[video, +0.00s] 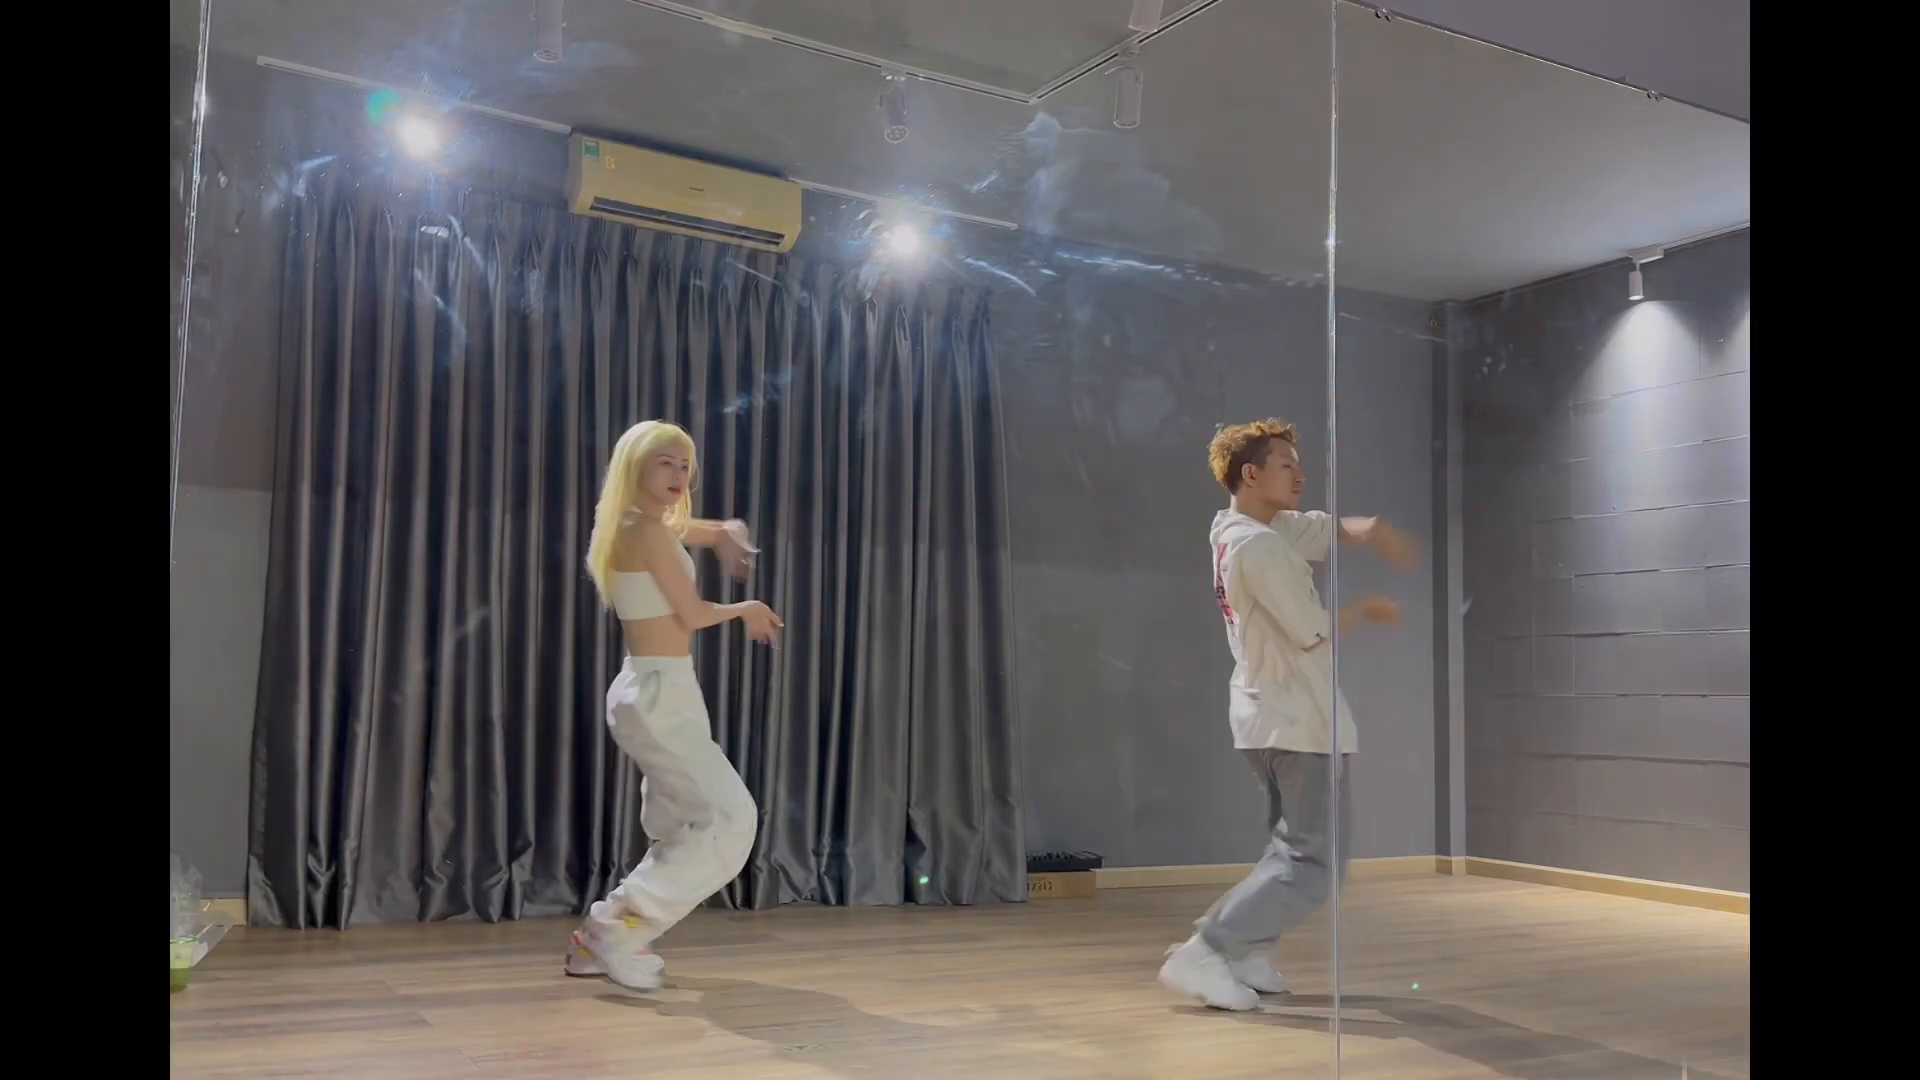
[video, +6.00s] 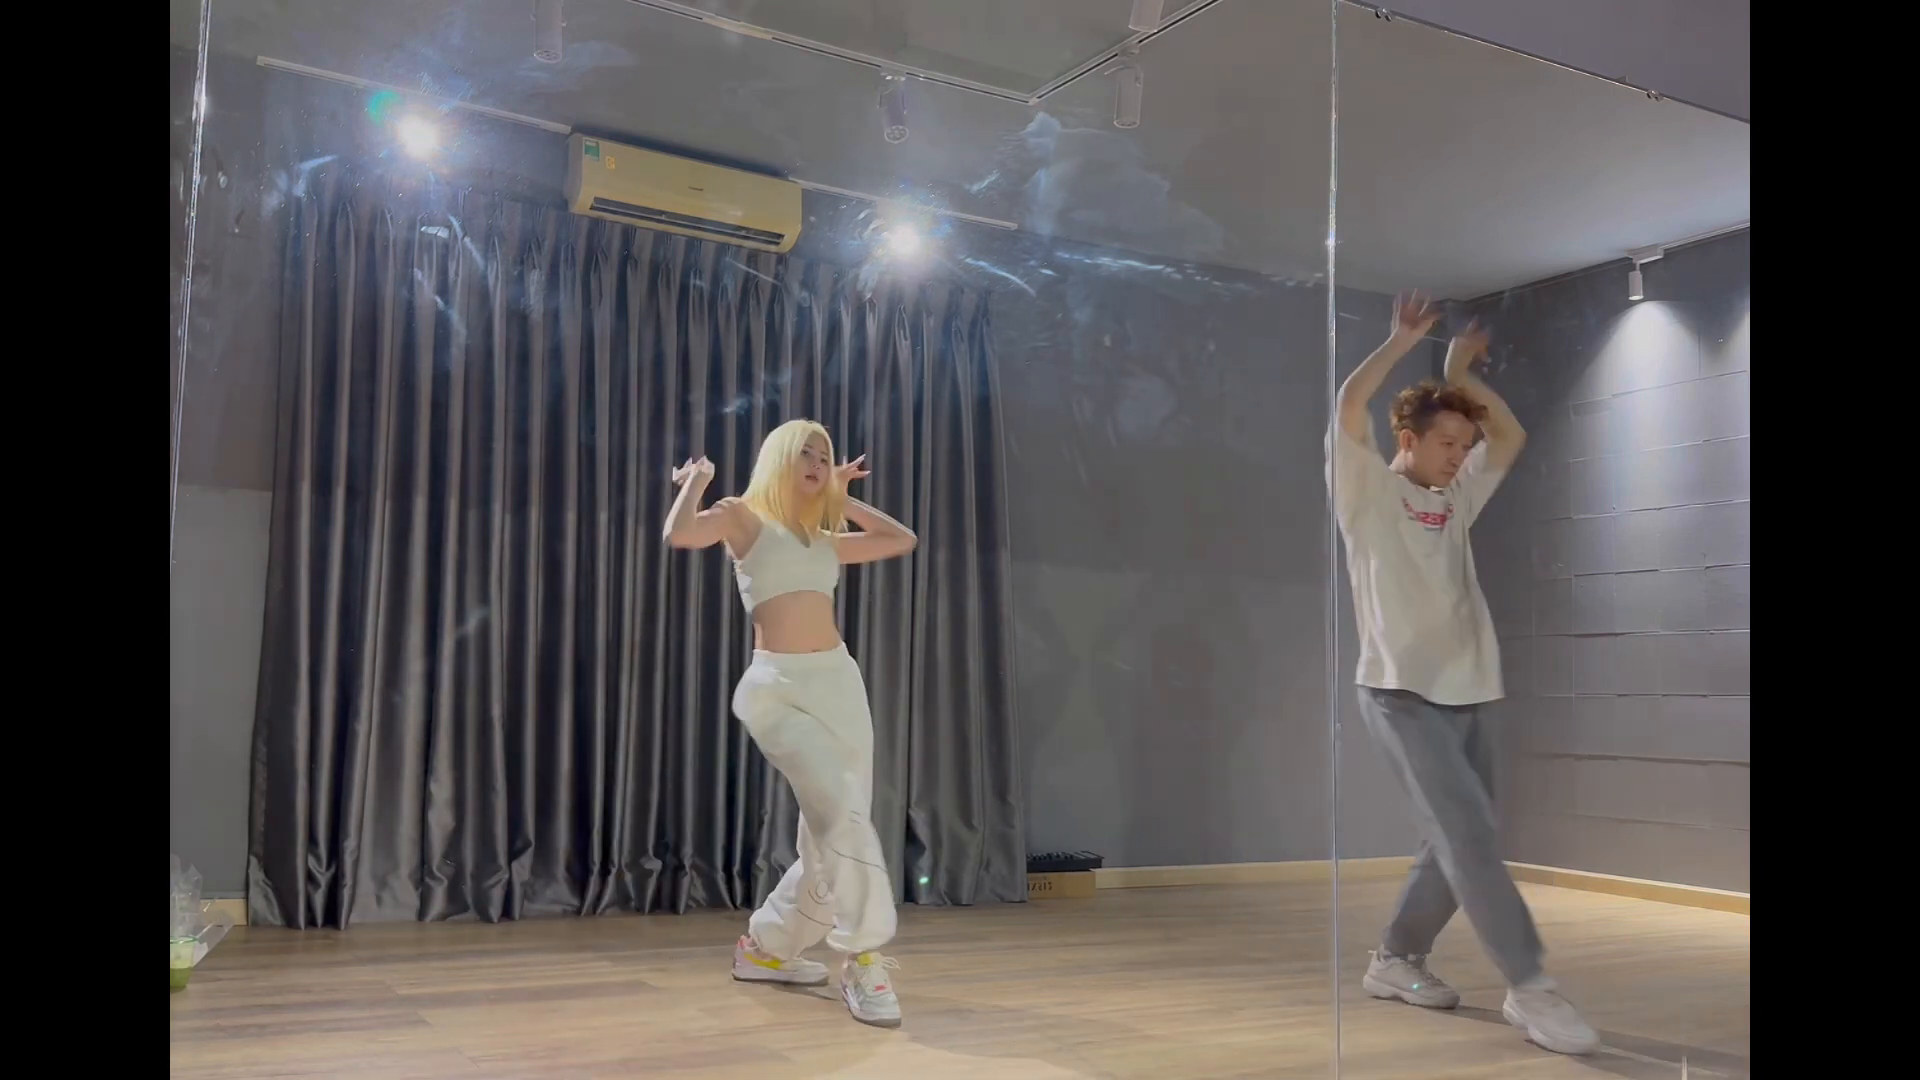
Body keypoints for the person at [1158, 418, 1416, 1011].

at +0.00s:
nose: (1299, 475)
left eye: (1298, 465)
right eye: (1288, 465)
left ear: (1255, 478)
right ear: (1250, 475)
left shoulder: (1236, 529)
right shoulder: (1261, 543)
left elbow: (1325, 529)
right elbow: (1311, 632)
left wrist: (1372, 531)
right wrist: (1363, 613)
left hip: (1266, 716)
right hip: (1296, 720)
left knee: (1292, 843)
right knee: (1315, 862)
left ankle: (1244, 953)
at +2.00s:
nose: (1257, 479)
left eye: (1268, 465)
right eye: (1243, 468)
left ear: (1288, 460)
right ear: (1225, 470)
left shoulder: (1322, 530)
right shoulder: (1212, 522)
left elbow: (1302, 617)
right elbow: (1175, 552)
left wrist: (1210, 598)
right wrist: (1174, 468)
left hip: (1344, 696)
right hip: (1265, 712)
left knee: (1343, 817)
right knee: (1226, 833)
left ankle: (1331, 947)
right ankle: (1254, 956)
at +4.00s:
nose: (1320, 461)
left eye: (1328, 449)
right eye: (1307, 448)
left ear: (1339, 453)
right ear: (1278, 452)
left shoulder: (1359, 509)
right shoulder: (1246, 507)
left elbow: (1347, 495)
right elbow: (1288, 561)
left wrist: (1345, 417)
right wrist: (1376, 567)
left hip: (1344, 705)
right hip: (1261, 704)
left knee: (1404, 818)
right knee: (1227, 810)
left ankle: (1378, 953)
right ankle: (1187, 942)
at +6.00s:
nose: (1459, 458)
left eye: (1466, 446)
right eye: (1449, 443)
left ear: (1466, 449)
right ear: (1409, 438)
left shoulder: (1458, 497)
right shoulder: (1367, 491)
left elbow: (1508, 438)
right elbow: (1349, 404)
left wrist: (1466, 374)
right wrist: (1400, 342)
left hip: (1469, 692)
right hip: (1402, 692)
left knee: (1465, 830)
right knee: (1468, 829)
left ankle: (1397, 961)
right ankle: (1529, 988)